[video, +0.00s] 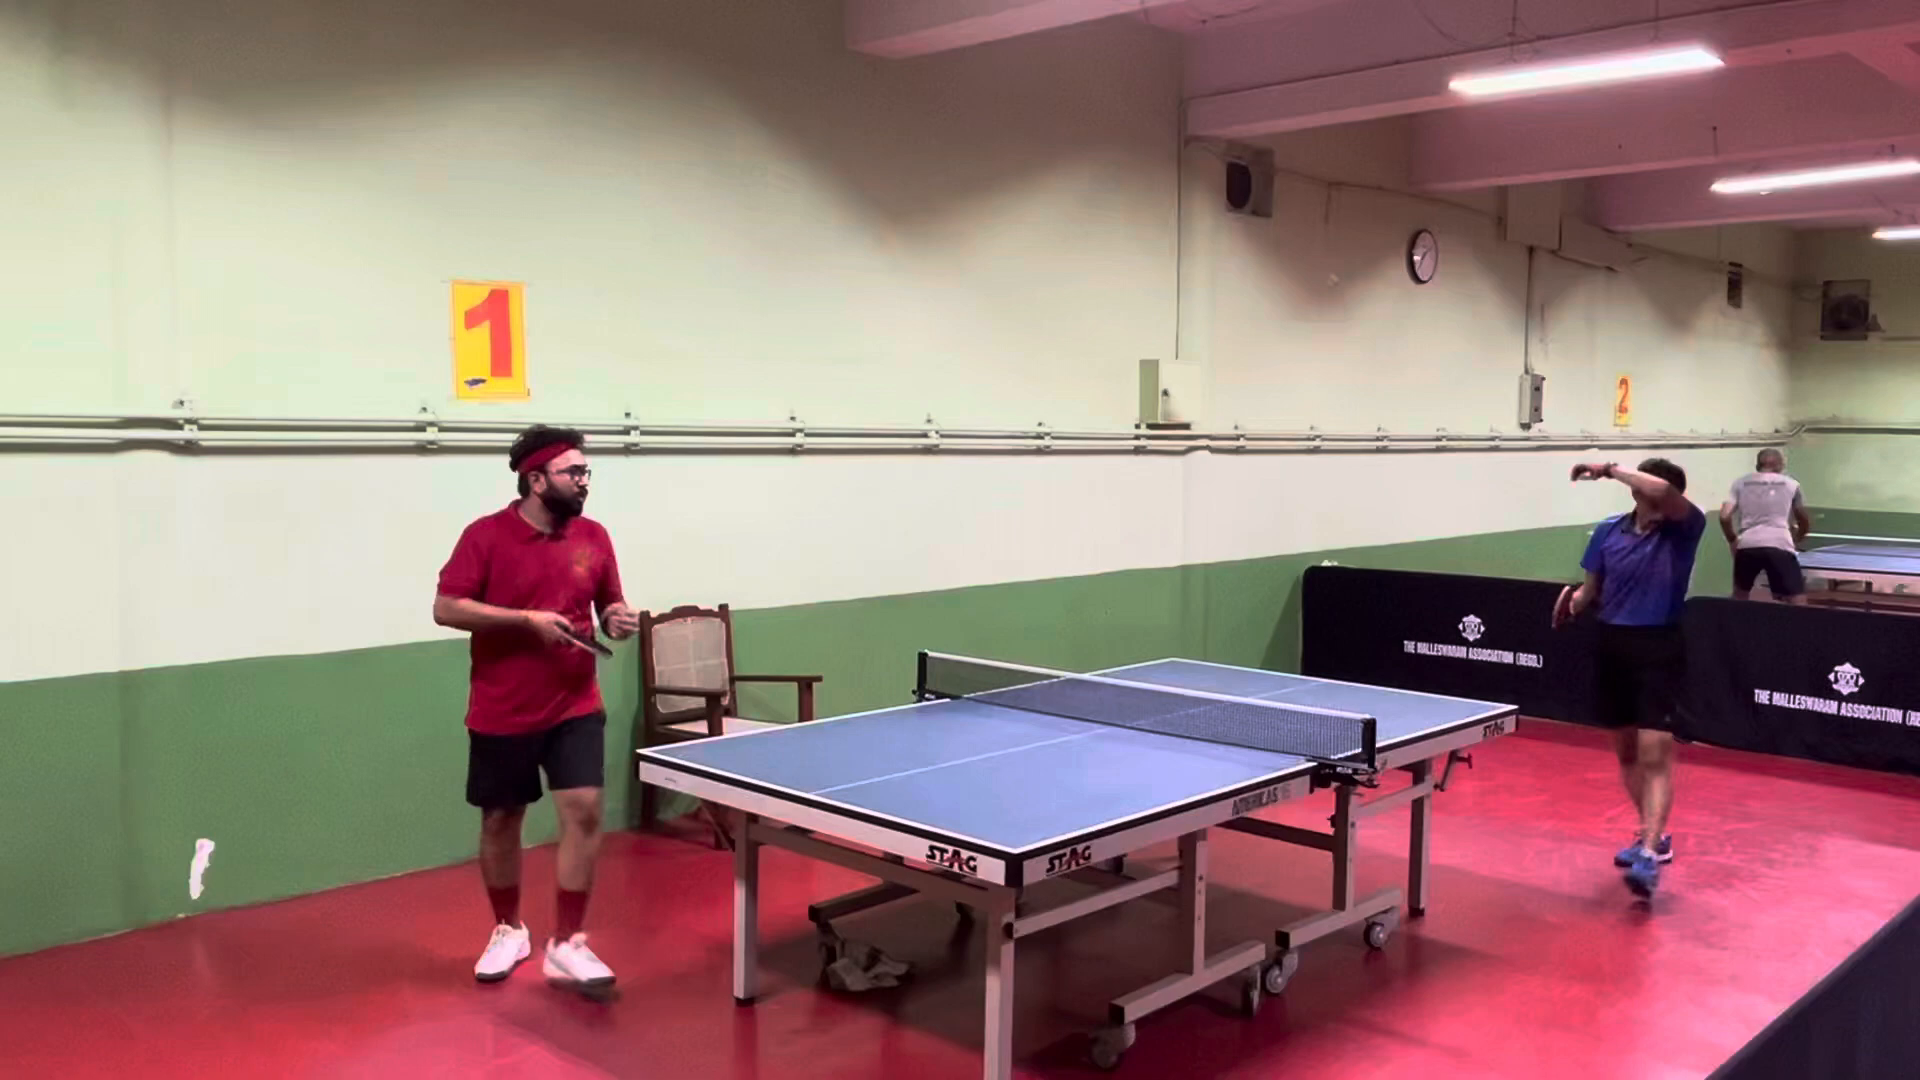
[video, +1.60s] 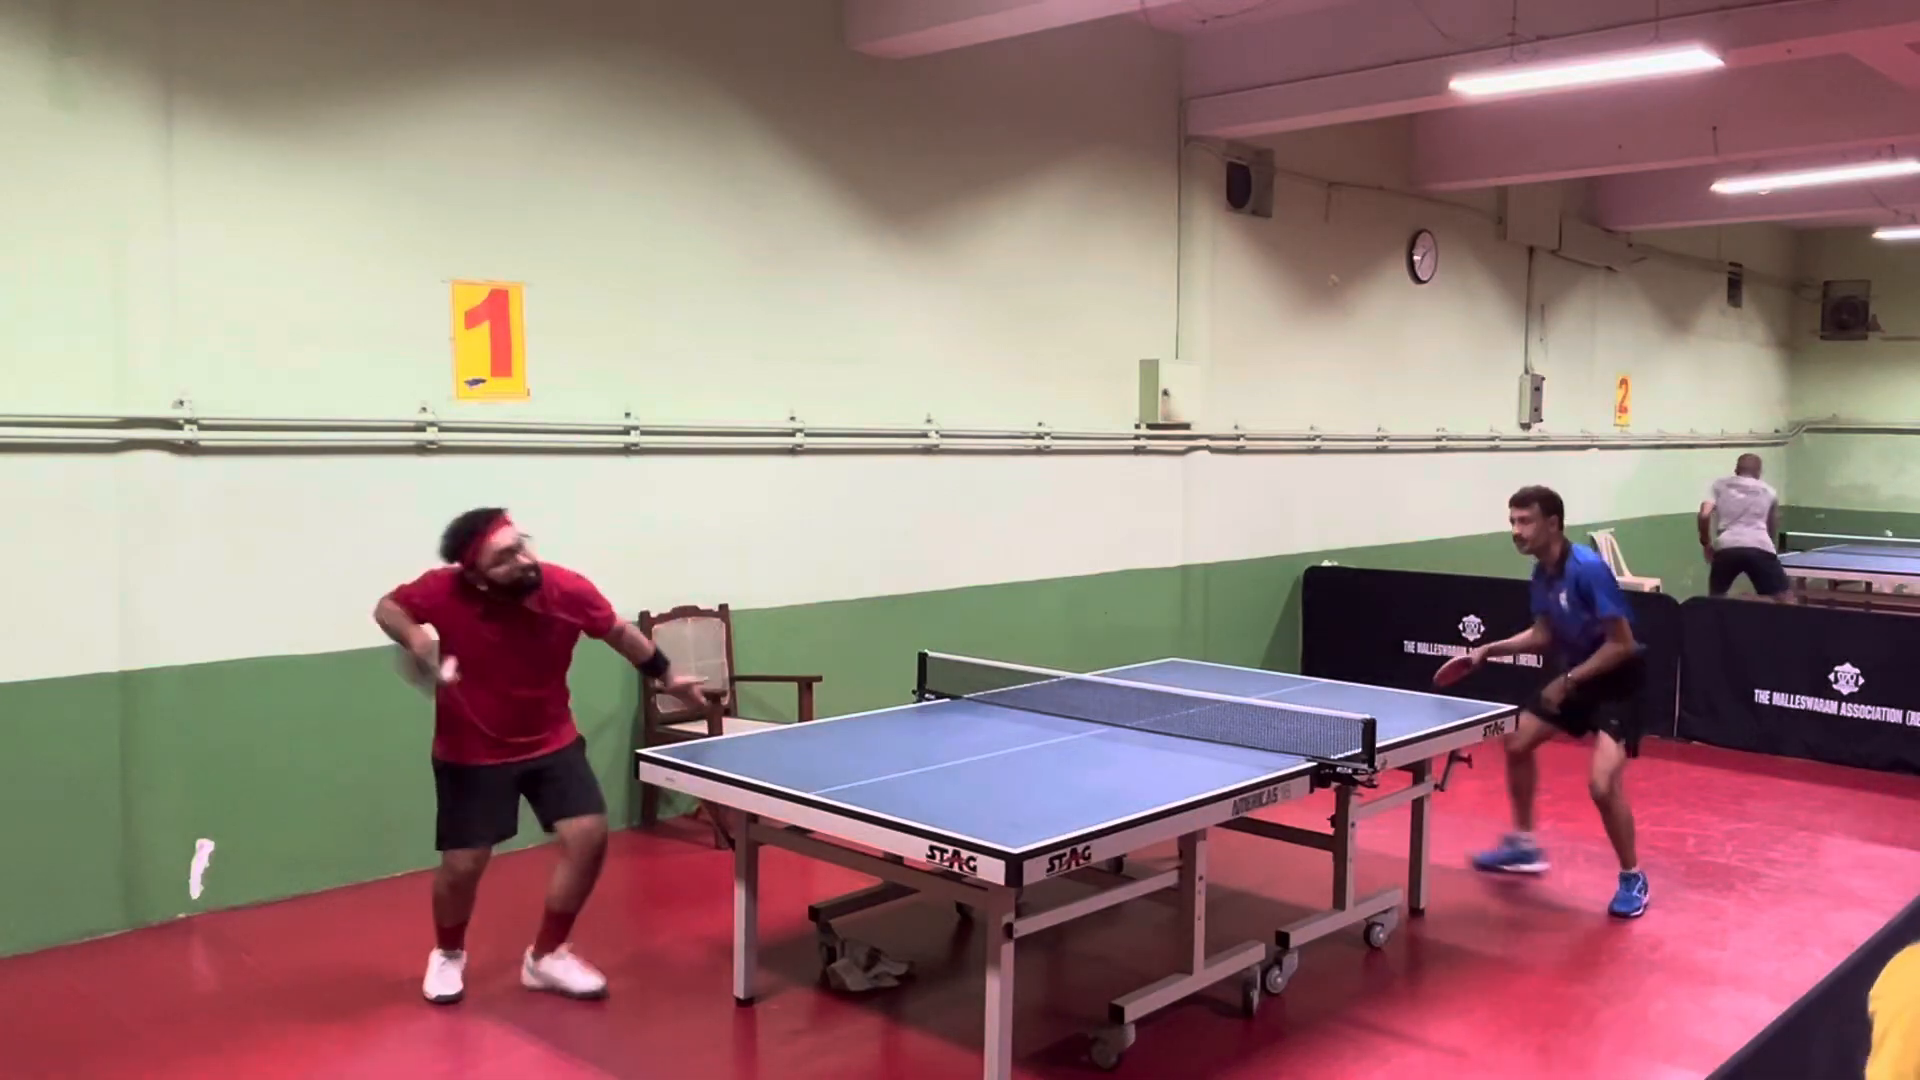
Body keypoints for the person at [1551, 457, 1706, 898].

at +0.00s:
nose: (1654, 496)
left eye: (1661, 490)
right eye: (1650, 488)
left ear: (1674, 497)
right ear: (1637, 491)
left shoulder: (1683, 530)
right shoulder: (1608, 531)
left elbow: (1664, 492)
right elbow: (1591, 588)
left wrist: (1612, 470)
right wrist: (1573, 601)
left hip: (1659, 646)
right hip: (1613, 645)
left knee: (1654, 753)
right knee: (1628, 752)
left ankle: (1648, 851)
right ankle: (1654, 836)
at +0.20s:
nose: (1630, 523)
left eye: (1639, 519)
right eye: (1629, 514)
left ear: (1656, 519)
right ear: (1624, 510)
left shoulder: (1683, 541)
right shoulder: (1606, 538)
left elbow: (1640, 520)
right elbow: (1595, 591)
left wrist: (1584, 500)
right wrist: (1556, 612)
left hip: (1645, 658)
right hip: (1600, 653)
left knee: (1624, 760)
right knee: (1577, 756)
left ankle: (1633, 874)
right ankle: (1640, 818)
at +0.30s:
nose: (1614, 529)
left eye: (1623, 522)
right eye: (1610, 520)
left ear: (1649, 518)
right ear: (1608, 513)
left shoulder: (1675, 546)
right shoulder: (1599, 538)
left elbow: (1631, 563)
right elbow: (1588, 594)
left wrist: (1573, 541)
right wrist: (1540, 621)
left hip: (1641, 661)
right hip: (1594, 653)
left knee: (1619, 763)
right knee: (1542, 738)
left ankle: (1632, 875)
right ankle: (1605, 805)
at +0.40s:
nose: (1594, 521)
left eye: (1604, 514)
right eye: (1591, 512)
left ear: (1632, 513)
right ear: (1589, 508)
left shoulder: (1659, 554)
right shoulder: (1586, 540)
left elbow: (1633, 617)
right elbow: (1581, 595)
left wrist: (1571, 602)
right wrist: (1538, 614)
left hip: (1630, 660)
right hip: (1582, 651)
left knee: (1616, 762)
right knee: (1525, 729)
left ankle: (1632, 874)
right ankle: (1565, 808)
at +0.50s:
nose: (1574, 517)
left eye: (1583, 509)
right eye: (1571, 508)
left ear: (1611, 510)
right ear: (1570, 506)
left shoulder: (1642, 559)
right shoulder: (1569, 543)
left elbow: (1641, 634)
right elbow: (1566, 593)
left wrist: (1575, 651)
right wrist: (1518, 620)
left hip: (1618, 662)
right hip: (1571, 654)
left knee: (1611, 765)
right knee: (1520, 727)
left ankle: (1631, 875)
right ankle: (1510, 815)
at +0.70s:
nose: (1524, 526)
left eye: (1533, 518)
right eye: (1520, 518)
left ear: (1559, 518)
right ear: (1518, 518)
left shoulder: (1596, 562)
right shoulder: (1518, 558)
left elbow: (1636, 627)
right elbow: (1518, 612)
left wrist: (1592, 672)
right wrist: (1478, 642)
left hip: (1583, 667)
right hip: (1532, 665)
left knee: (1591, 765)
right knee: (1485, 744)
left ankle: (1629, 874)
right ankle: (1462, 826)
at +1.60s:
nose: (1516, 531)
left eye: (1524, 522)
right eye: (1513, 523)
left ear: (1554, 523)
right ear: (1518, 526)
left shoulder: (1589, 568)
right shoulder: (1541, 575)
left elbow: (1621, 643)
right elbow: (1545, 634)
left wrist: (1569, 679)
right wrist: (1487, 650)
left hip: (1619, 677)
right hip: (1576, 675)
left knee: (1602, 784)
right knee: (1516, 742)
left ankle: (1632, 877)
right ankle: (1523, 843)